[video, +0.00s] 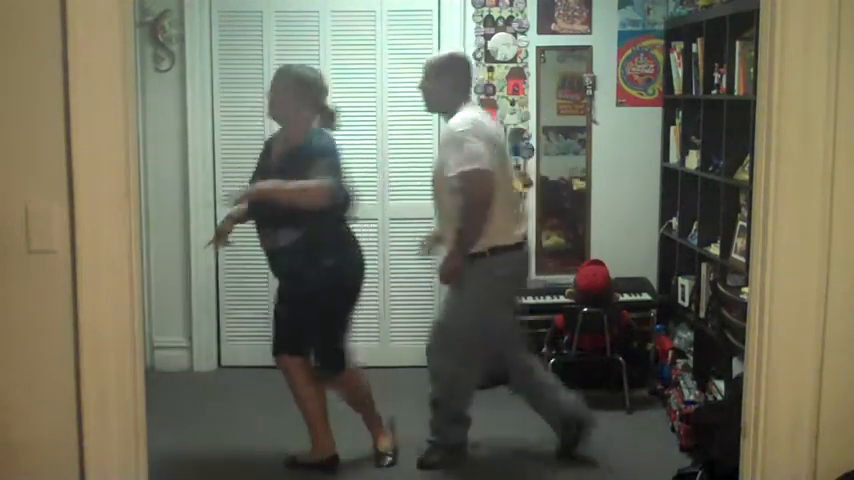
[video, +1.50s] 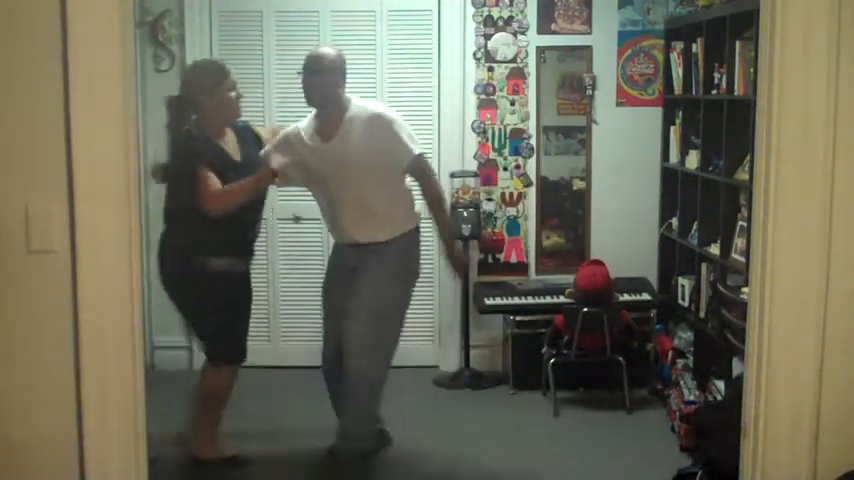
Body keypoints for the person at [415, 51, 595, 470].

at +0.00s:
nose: (421, 89)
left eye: (428, 81)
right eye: (423, 81)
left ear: (450, 82)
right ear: (457, 82)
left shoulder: (464, 127)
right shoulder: (476, 123)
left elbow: (479, 191)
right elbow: (480, 191)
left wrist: (458, 253)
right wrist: (445, 232)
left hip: (488, 260)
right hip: (497, 258)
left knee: (448, 350)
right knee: (505, 350)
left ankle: (448, 442)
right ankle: (569, 419)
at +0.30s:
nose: (442, 73)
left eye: (448, 64)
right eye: (432, 65)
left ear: (456, 67)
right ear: (416, 70)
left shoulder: (482, 114)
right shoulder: (395, 127)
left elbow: (511, 169)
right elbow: (378, 194)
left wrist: (500, 211)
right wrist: (411, 234)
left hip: (468, 247)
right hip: (415, 245)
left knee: (461, 348)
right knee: (419, 335)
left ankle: (434, 439)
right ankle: (387, 389)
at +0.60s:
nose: (447, 76)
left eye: (440, 66)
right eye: (447, 69)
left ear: (410, 68)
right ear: (446, 72)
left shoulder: (383, 113)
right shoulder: (443, 117)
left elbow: (378, 179)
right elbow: (439, 190)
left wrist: (439, 217)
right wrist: (469, 229)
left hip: (365, 245)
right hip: (408, 252)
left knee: (378, 349)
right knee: (412, 353)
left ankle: (393, 439)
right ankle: (397, 457)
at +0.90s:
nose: (353, 78)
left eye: (356, 72)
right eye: (356, 71)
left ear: (365, 75)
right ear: (397, 76)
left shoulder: (346, 122)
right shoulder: (426, 130)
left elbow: (318, 184)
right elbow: (454, 201)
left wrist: (310, 223)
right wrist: (464, 263)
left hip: (353, 261)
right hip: (411, 261)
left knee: (325, 355)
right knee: (401, 365)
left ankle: (322, 451)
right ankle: (396, 459)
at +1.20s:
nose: (308, 84)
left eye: (317, 77)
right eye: (310, 77)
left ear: (343, 81)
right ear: (343, 82)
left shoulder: (361, 123)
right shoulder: (355, 122)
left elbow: (363, 196)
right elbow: (358, 197)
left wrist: (317, 258)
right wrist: (318, 255)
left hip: (356, 263)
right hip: (354, 261)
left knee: (312, 362)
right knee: (325, 358)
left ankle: (317, 458)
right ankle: (380, 424)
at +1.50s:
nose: (310, 82)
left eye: (320, 74)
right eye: (307, 74)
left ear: (341, 79)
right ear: (301, 80)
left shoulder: (377, 122)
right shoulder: (295, 140)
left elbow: (425, 175)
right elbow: (248, 178)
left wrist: (451, 243)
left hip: (394, 246)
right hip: (347, 248)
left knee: (364, 342)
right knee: (336, 349)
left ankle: (352, 446)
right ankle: (366, 432)